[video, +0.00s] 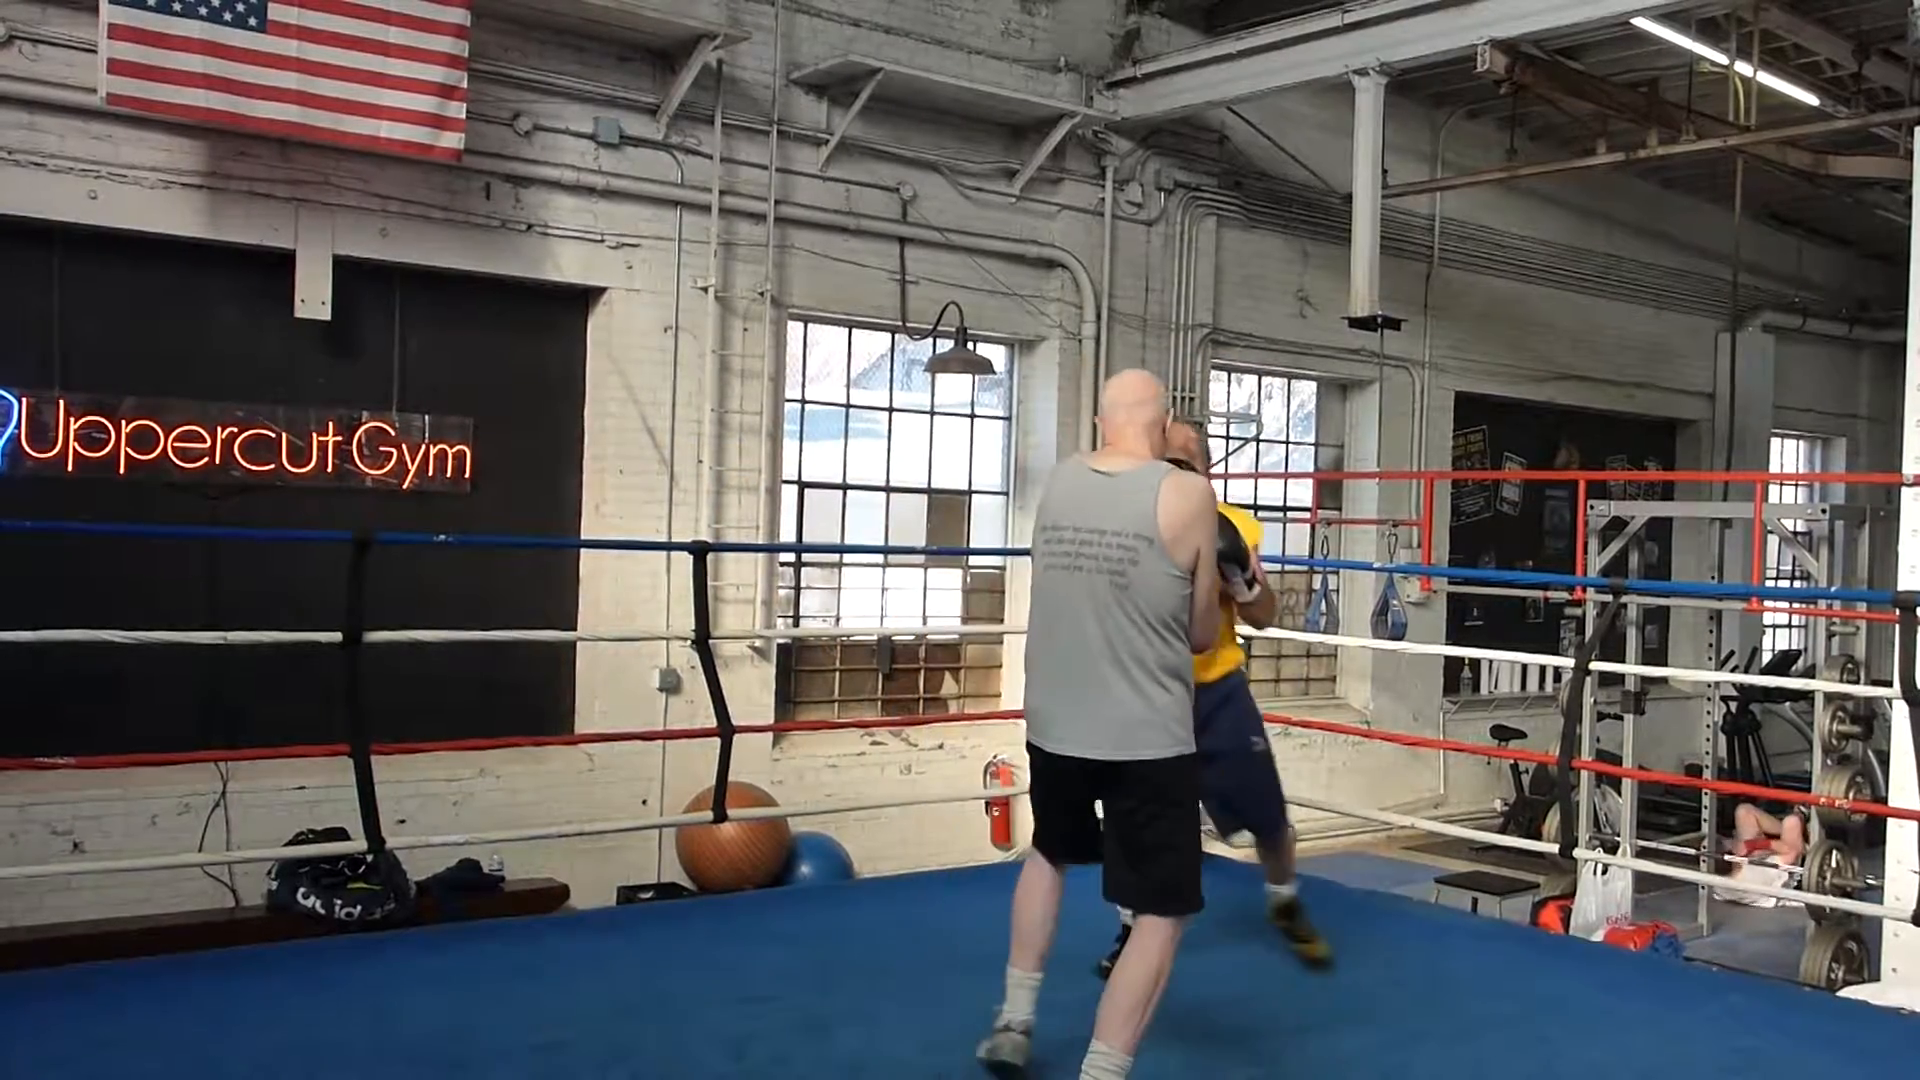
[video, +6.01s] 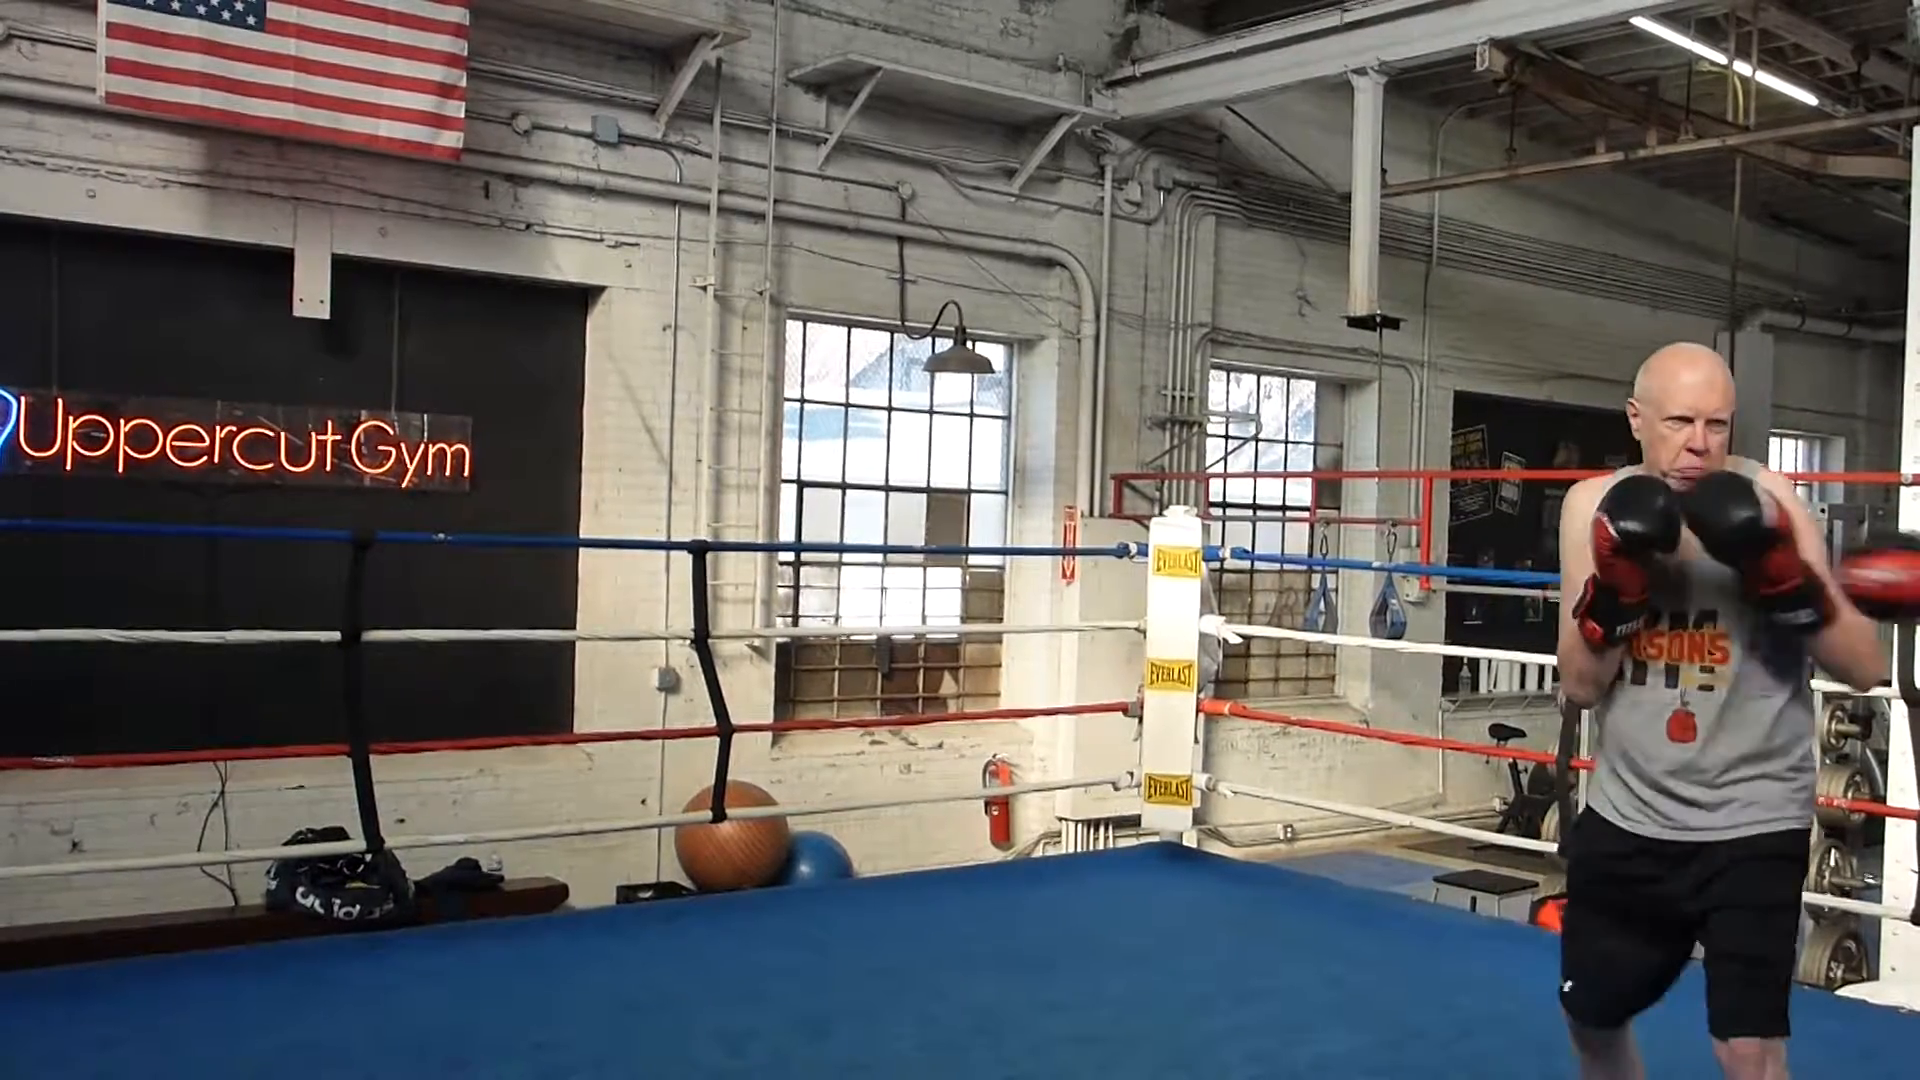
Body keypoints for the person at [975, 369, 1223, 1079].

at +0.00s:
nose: (1162, 416)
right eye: (1163, 407)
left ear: (1099, 421)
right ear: (1163, 421)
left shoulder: (1059, 482)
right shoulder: (1189, 495)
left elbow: (1063, 591)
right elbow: (1203, 631)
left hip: (1053, 725)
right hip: (1148, 738)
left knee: (1047, 853)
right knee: (1159, 913)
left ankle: (1014, 1021)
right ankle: (1101, 1071)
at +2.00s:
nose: (1429, 462)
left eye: (1426, 449)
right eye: (1418, 447)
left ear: (1374, 450)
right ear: (1375, 448)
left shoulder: (1373, 521)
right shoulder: (1344, 507)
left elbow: (1396, 638)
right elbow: (1445, 594)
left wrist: (1440, 565)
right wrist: (1530, 554)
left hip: (1390, 743)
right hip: (1317, 744)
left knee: (1448, 877)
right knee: (1255, 893)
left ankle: (1465, 1031)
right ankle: (1151, 1017)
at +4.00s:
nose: (1459, 451)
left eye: (1460, 438)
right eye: (1443, 440)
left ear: (1461, 443)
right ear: (1394, 449)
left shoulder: (1471, 518)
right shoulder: (1346, 521)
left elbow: (1508, 633)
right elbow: (1332, 653)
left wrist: (1492, 558)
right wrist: (1391, 640)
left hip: (1466, 755)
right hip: (1363, 754)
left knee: (1523, 910)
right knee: (1304, 910)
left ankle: (1530, 1071)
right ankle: (1240, 1039)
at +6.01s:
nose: (1700, 441)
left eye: (1717, 423)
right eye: (1680, 420)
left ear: (1735, 425)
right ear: (1637, 418)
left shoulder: (1773, 500)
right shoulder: (1592, 503)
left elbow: (1870, 669)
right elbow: (1579, 684)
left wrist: (1792, 582)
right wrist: (1614, 600)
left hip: (1757, 809)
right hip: (1629, 804)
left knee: (1747, 1045)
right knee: (1591, 1016)